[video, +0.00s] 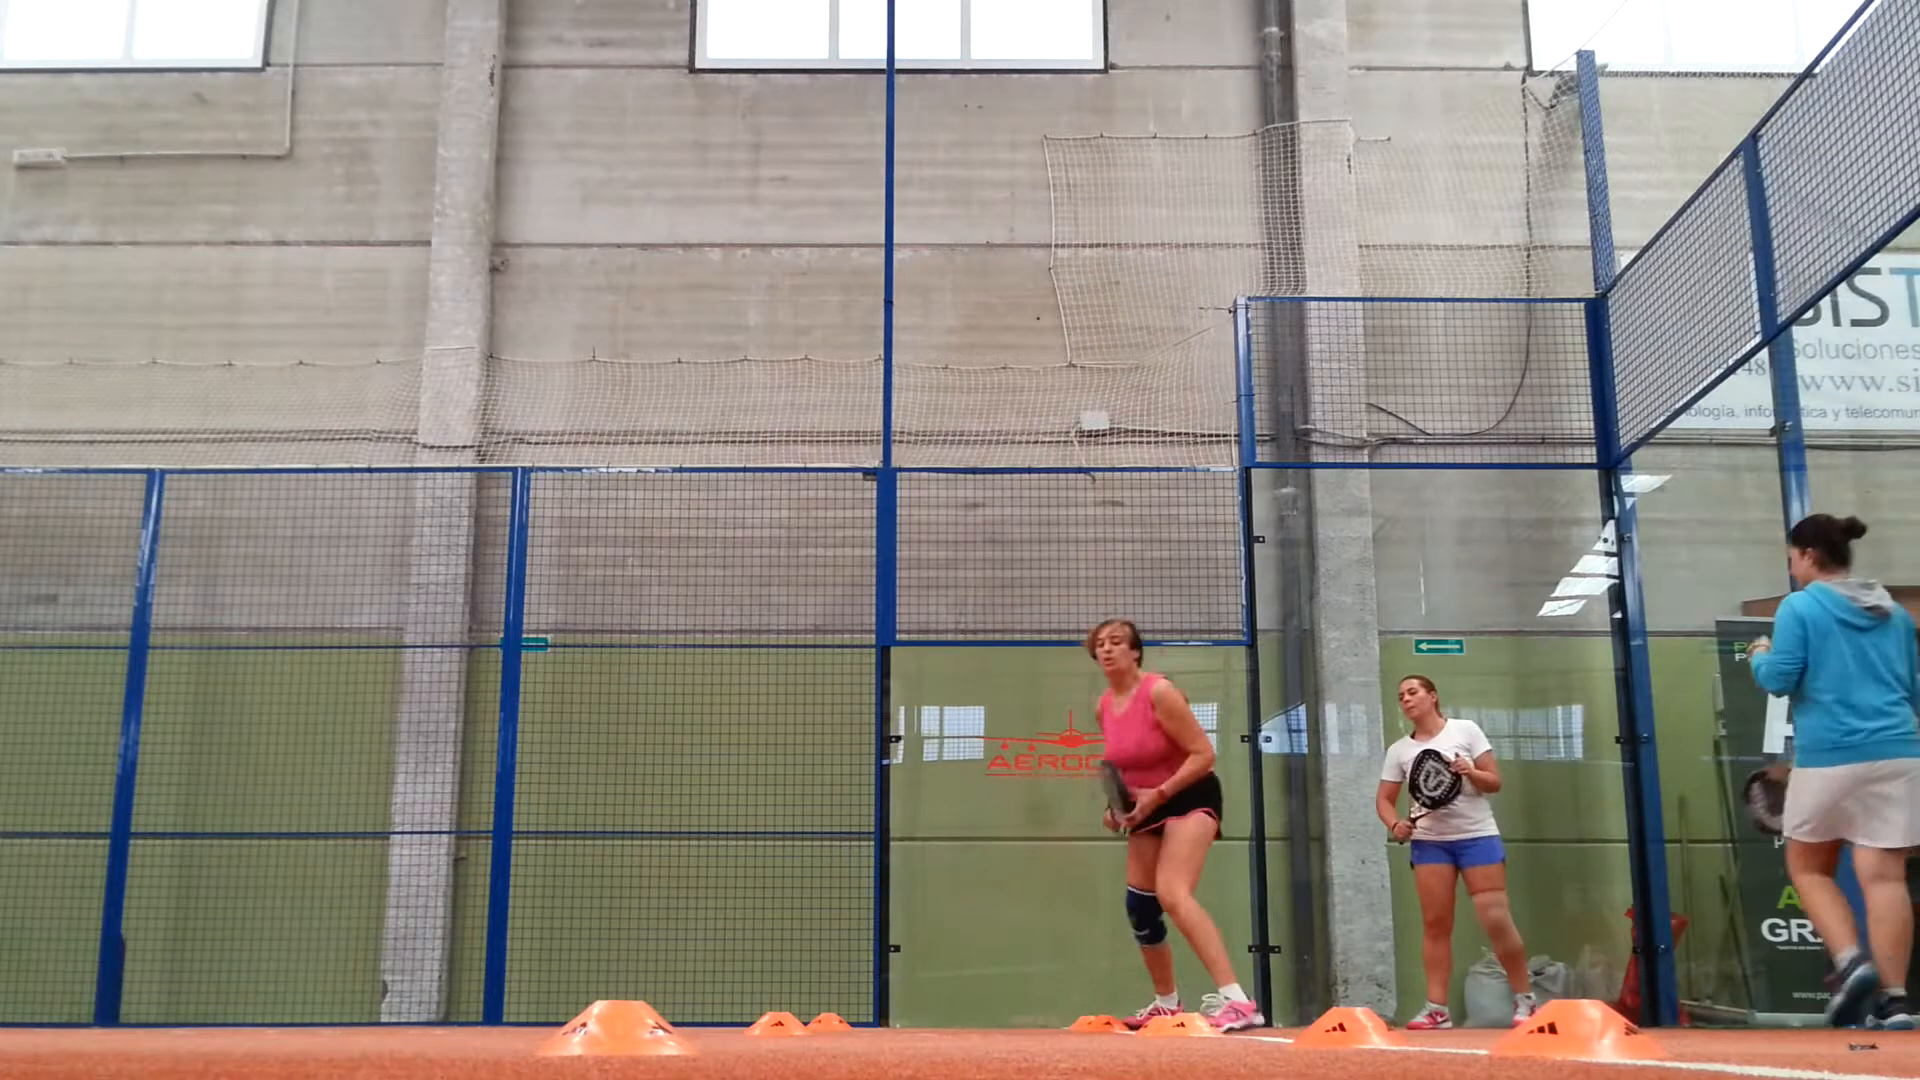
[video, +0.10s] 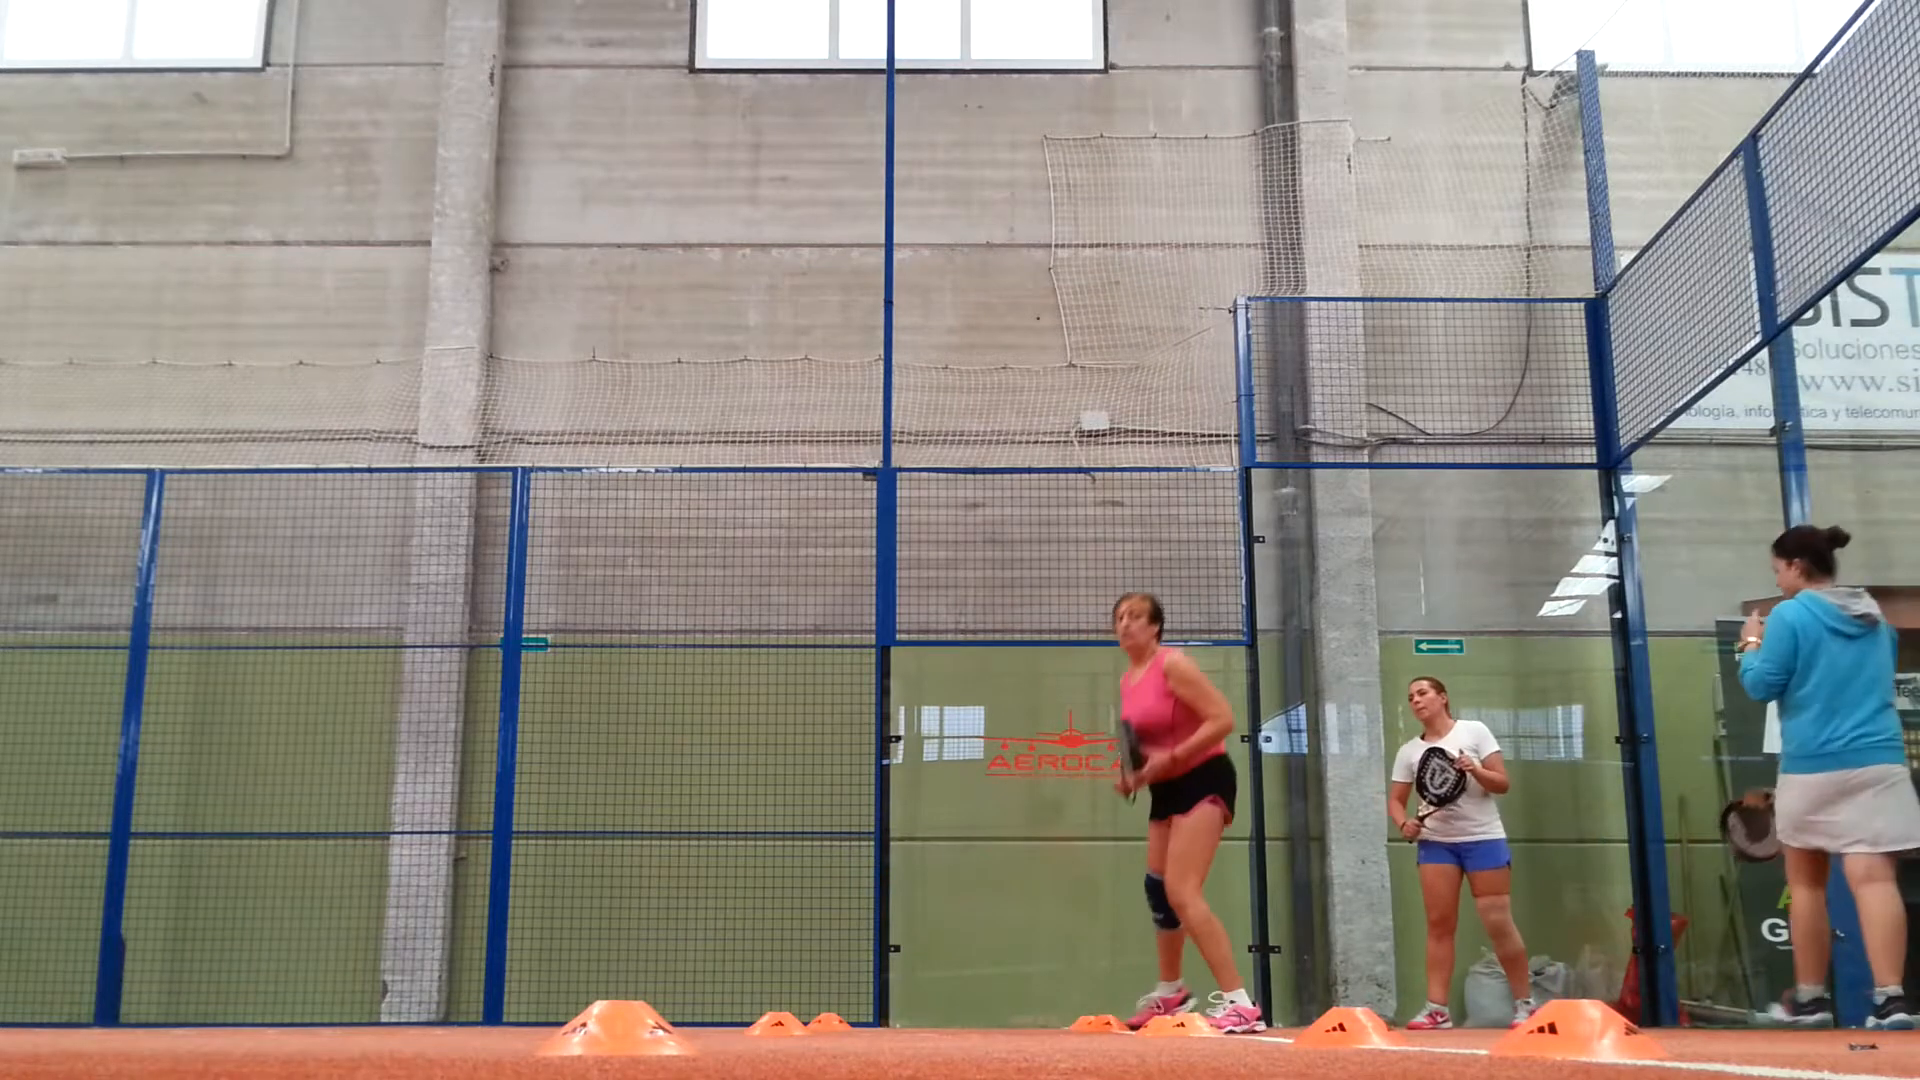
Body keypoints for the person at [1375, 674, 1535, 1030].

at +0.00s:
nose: (1406, 700)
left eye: (1412, 692)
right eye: (1401, 697)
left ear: (1433, 696)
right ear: (1401, 708)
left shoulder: (1466, 731)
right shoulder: (1399, 750)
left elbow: (1494, 783)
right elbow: (1384, 799)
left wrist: (1470, 772)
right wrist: (1394, 823)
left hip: (1477, 837)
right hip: (1430, 842)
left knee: (1496, 919)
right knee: (1435, 924)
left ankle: (1524, 999)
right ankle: (1437, 1008)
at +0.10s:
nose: (1416, 700)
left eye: (1422, 693)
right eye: (1412, 697)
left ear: (1443, 698)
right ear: (1412, 708)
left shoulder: (1475, 731)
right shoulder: (1409, 751)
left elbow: (1501, 784)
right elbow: (1395, 800)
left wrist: (1475, 769)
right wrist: (1403, 822)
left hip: (1483, 839)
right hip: (1436, 843)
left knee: (1498, 922)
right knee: (1439, 925)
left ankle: (1524, 1004)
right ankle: (1437, 1009)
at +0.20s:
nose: (1428, 701)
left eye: (1434, 694)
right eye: (1424, 698)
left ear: (1455, 698)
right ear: (1424, 709)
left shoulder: (1486, 733)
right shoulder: (1422, 752)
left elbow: (1513, 786)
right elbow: (1412, 800)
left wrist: (1484, 770)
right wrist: (1416, 821)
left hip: (1492, 842)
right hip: (1445, 845)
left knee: (1501, 925)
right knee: (1443, 925)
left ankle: (1522, 1006)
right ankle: (1437, 1009)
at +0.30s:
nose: (1442, 702)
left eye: (1449, 695)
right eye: (1439, 699)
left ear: (1470, 699)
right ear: (1439, 709)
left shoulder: (1499, 736)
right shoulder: (1436, 750)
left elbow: (1525, 789)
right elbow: (1430, 800)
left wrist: (1495, 775)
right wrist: (1431, 822)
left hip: (1502, 844)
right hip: (1456, 847)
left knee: (1506, 926)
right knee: (1449, 925)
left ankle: (1522, 1007)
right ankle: (1438, 1009)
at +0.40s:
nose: (1456, 702)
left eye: (1463, 695)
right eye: (1452, 698)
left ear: (1484, 701)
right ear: (1451, 709)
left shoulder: (1508, 740)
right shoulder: (1448, 750)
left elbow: (1536, 793)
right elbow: (1444, 797)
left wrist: (1508, 782)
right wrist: (1445, 824)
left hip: (1508, 845)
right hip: (1465, 847)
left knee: (1511, 927)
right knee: (1455, 925)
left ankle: (1521, 1007)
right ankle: (1439, 1007)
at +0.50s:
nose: (1466, 701)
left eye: (1472, 695)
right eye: (1462, 697)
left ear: (1494, 701)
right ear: (1461, 706)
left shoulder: (1516, 741)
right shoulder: (1457, 747)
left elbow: (1542, 796)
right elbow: (1455, 795)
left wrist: (1514, 788)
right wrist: (1455, 820)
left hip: (1513, 845)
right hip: (1471, 845)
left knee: (1512, 927)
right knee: (1458, 923)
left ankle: (1522, 1008)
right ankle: (1443, 1005)